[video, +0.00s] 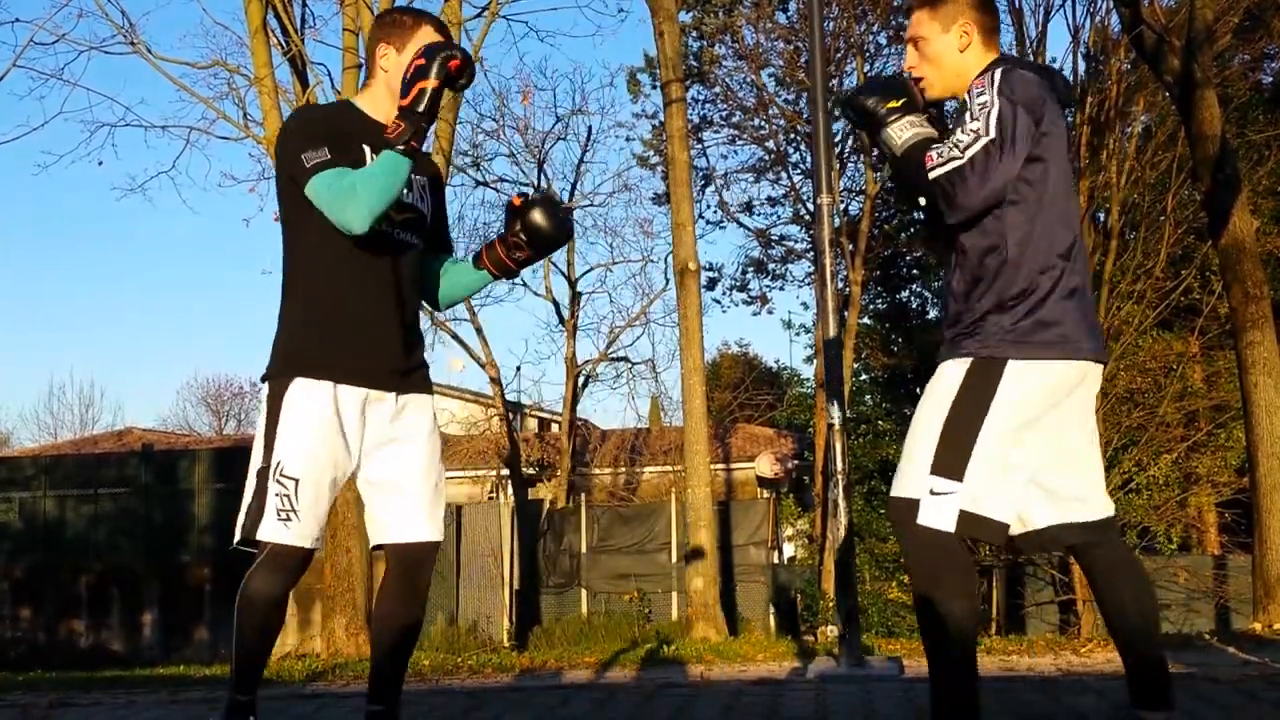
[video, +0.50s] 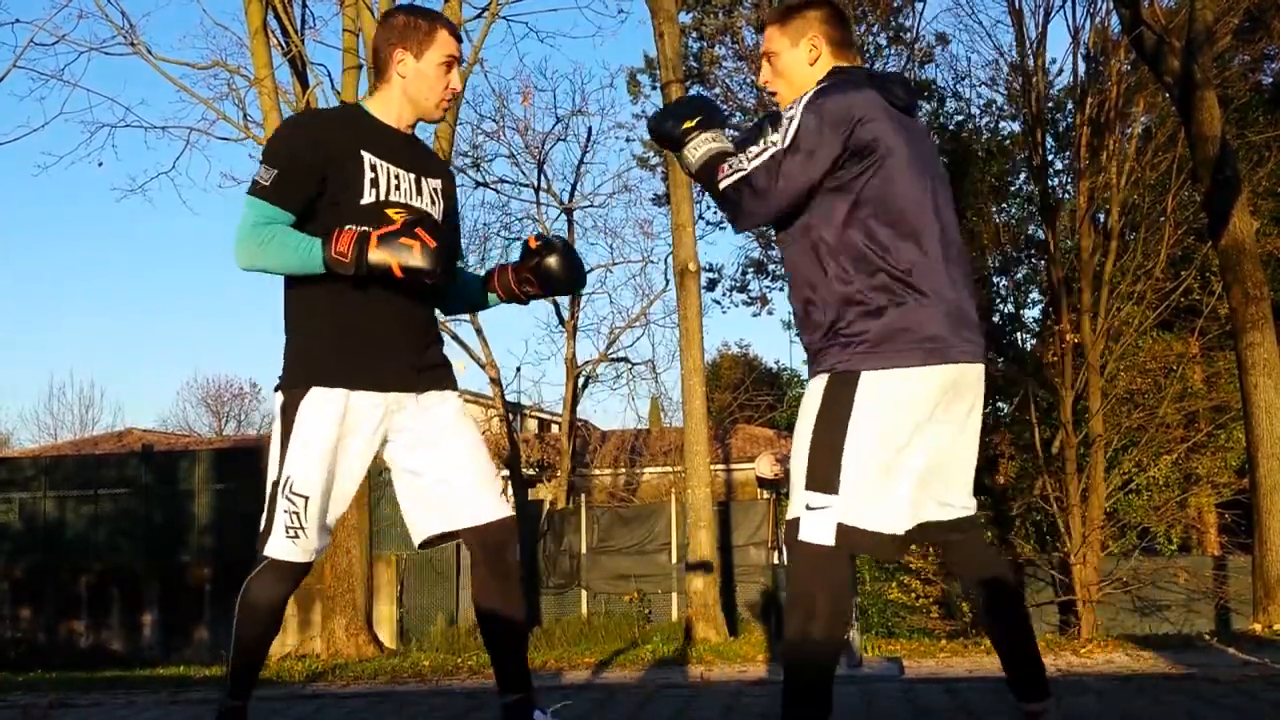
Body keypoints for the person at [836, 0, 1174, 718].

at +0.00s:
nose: (907, 61)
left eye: (918, 43)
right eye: (907, 44)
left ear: (967, 38)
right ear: (967, 37)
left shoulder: (1002, 85)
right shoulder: (1027, 93)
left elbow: (962, 191)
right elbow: (955, 216)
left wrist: (913, 138)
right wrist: (906, 144)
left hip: (1008, 340)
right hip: (1059, 339)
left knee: (922, 514)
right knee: (1088, 524)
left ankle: (954, 714)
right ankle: (1155, 702)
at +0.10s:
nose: (898, 71)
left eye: (905, 52)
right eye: (896, 56)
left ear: (953, 41)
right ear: (954, 45)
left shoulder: (989, 93)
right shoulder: (1002, 99)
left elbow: (913, 185)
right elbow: (918, 198)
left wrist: (850, 125)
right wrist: (852, 130)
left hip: (985, 347)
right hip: (1039, 344)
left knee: (914, 530)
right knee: (1061, 529)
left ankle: (868, 717)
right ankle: (1151, 703)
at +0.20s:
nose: (870, 84)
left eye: (881, 66)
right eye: (870, 68)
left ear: (931, 61)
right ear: (937, 67)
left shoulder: (952, 117)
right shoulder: (983, 119)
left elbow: (879, 212)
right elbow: (904, 225)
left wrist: (792, 173)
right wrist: (830, 176)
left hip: (956, 369)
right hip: (1013, 371)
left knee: (867, 546)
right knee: (1038, 544)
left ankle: (826, 719)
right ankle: (1144, 702)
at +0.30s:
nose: (821, 88)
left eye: (831, 71)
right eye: (822, 72)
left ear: (879, 68)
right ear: (889, 73)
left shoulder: (902, 121)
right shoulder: (943, 125)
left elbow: (905, 247)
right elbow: (922, 249)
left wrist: (829, 227)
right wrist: (835, 217)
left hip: (907, 369)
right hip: (978, 371)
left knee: (810, 543)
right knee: (1021, 537)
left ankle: (805, 718)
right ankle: (1135, 698)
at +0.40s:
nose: (781, 80)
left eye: (789, 64)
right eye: (781, 66)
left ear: (837, 58)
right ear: (850, 60)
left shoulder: (859, 115)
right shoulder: (912, 121)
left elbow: (839, 223)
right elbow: (860, 233)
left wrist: (763, 196)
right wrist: (776, 196)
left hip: (881, 360)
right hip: (954, 357)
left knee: (808, 533)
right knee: (950, 522)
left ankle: (803, 716)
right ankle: (1080, 686)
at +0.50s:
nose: (763, 75)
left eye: (770, 57)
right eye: (762, 60)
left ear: (813, 49)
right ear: (829, 50)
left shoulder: (833, 105)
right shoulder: (894, 110)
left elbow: (750, 199)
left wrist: (701, 143)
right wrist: (724, 146)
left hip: (874, 352)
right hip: (949, 345)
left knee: (816, 533)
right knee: (946, 515)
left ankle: (802, 717)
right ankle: (1035, 695)